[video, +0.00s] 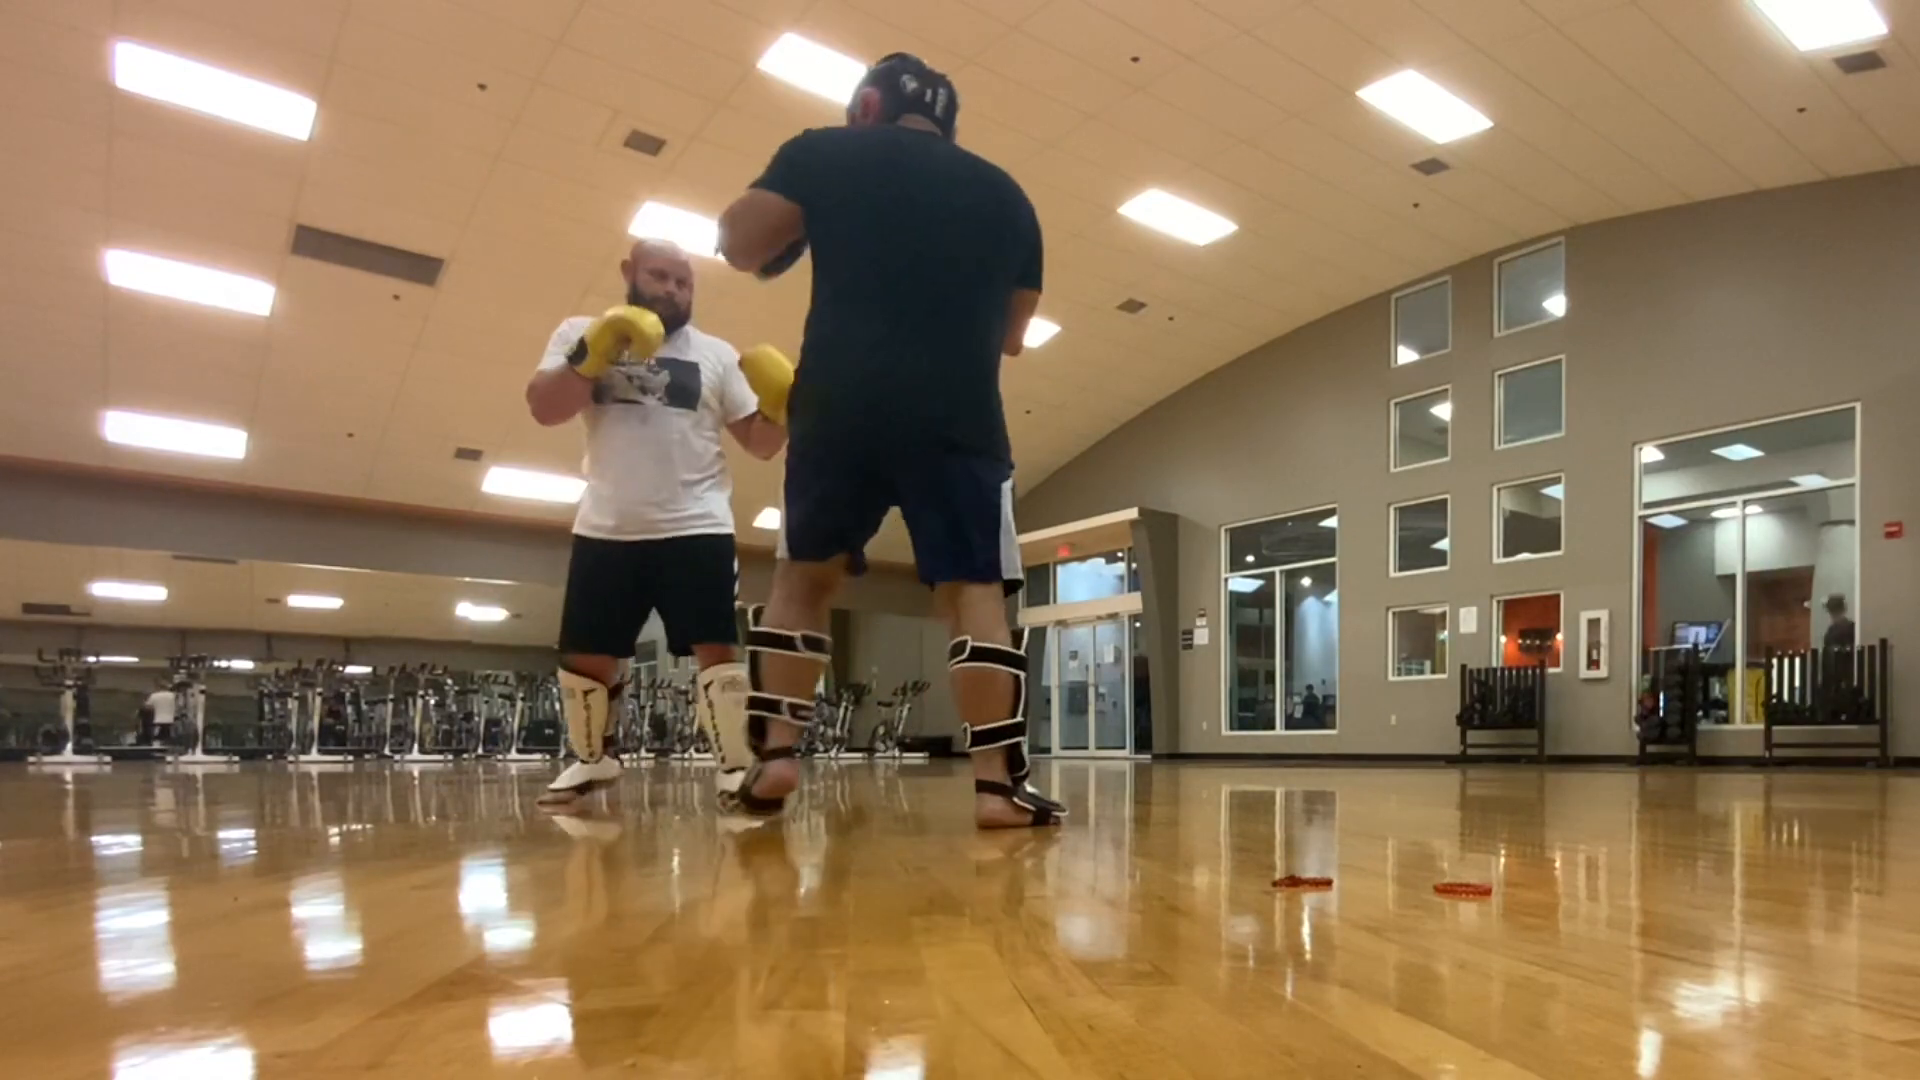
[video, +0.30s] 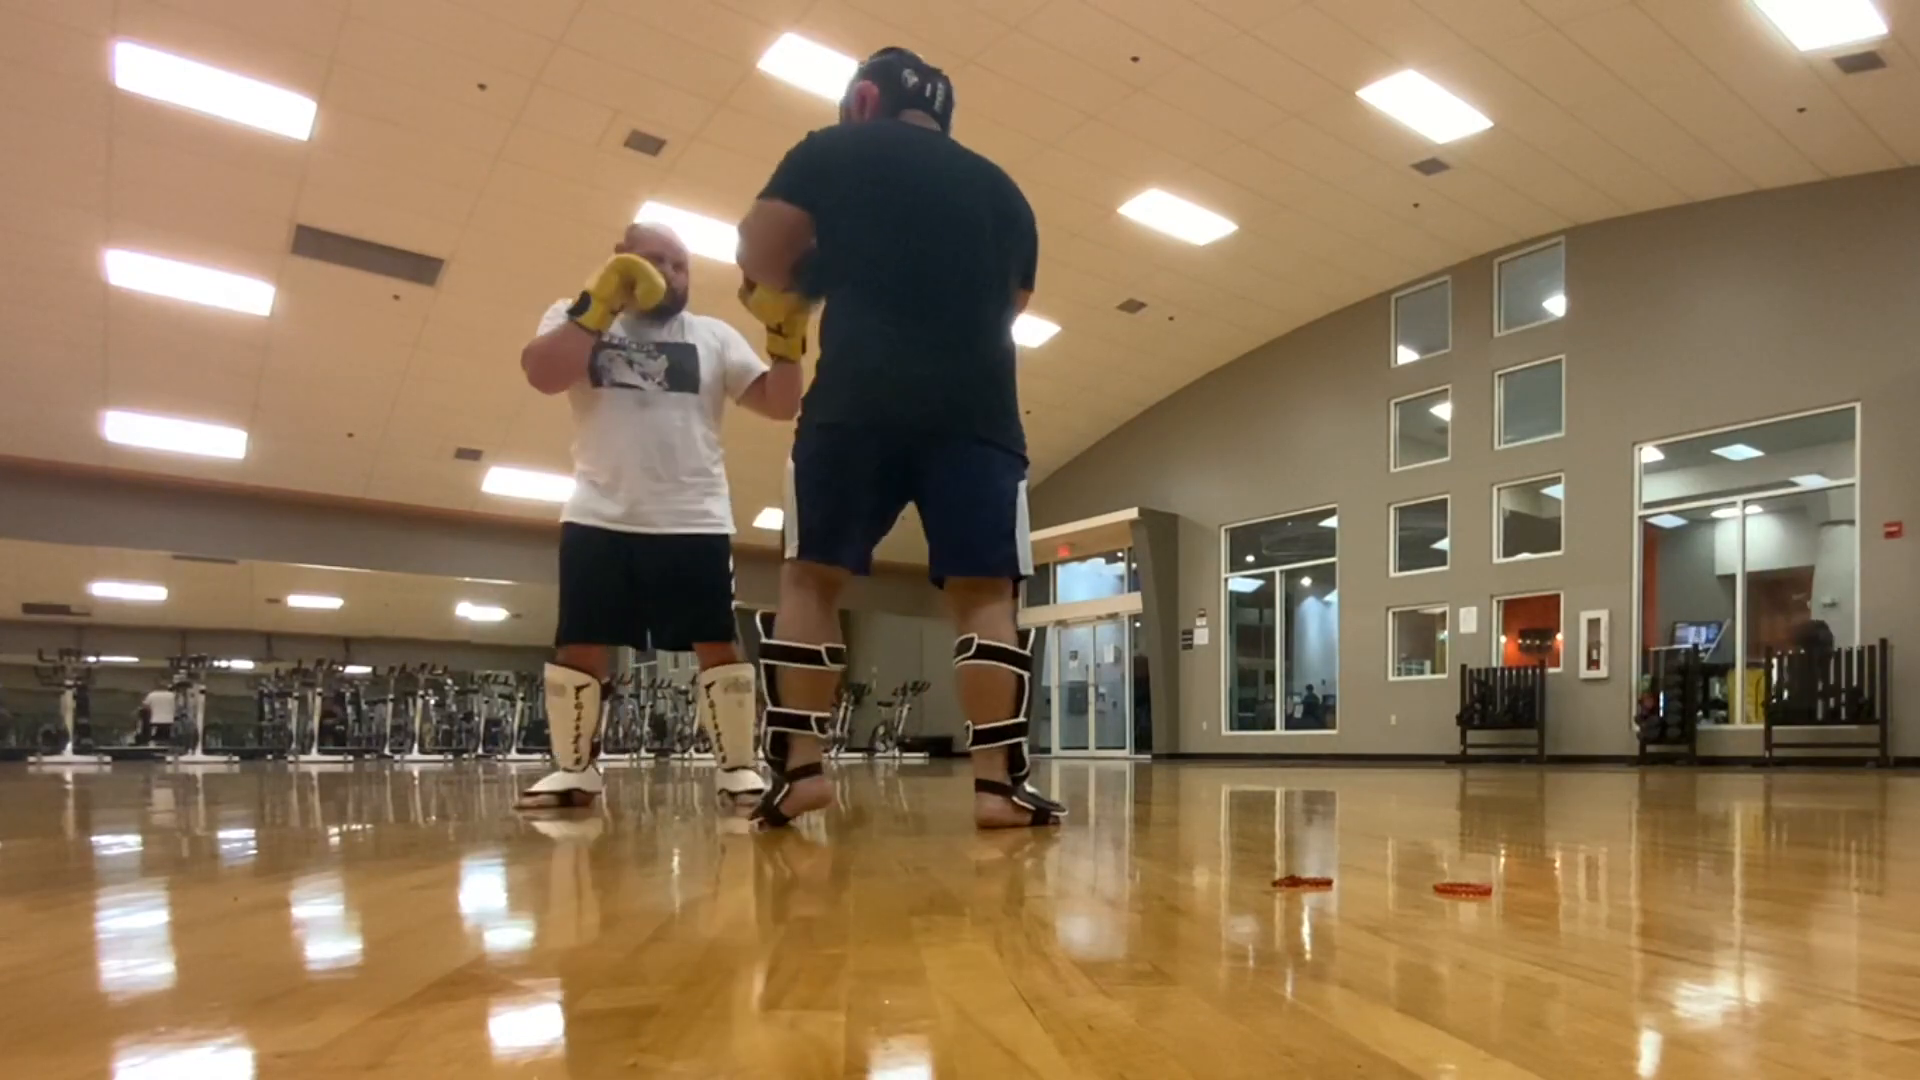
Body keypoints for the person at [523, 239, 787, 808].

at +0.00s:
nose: (671, 287)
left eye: (682, 281)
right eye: (659, 275)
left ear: (694, 293)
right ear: (628, 276)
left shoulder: (716, 356)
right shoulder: (582, 335)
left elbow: (762, 443)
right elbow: (545, 408)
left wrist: (782, 403)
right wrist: (595, 356)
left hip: (696, 529)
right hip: (608, 529)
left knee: (715, 648)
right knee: (587, 657)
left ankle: (735, 771)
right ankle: (589, 761)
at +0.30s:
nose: (668, 272)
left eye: (678, 265)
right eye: (653, 260)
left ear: (690, 277)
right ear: (621, 266)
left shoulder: (714, 336)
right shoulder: (580, 318)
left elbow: (780, 402)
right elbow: (545, 375)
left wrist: (788, 338)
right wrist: (598, 305)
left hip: (694, 518)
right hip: (600, 515)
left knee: (715, 640)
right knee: (581, 641)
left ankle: (739, 770)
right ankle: (575, 770)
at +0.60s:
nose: (641, 274)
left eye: (650, 262)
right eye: (627, 263)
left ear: (665, 268)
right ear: (601, 273)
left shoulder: (701, 330)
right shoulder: (573, 331)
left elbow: (768, 407)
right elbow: (529, 379)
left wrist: (760, 339)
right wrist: (566, 298)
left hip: (696, 519)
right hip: (603, 521)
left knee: (730, 639)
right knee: (554, 643)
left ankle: (769, 773)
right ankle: (570, 758)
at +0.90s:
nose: (629, 277)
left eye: (636, 264)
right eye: (612, 268)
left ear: (649, 265)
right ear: (583, 276)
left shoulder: (687, 326)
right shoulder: (562, 340)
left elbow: (760, 419)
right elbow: (517, 399)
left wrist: (747, 388)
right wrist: (552, 316)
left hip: (690, 473)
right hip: (613, 499)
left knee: (718, 453)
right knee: (569, 626)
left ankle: (669, 610)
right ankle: (578, 776)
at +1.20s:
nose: (683, 270)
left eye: (696, 258)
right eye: (669, 258)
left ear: (715, 263)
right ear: (641, 264)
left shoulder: (732, 307)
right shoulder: (622, 333)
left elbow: (768, 299)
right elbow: (552, 384)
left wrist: (765, 242)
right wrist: (586, 313)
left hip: (741, 515)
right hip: (652, 520)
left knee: (770, 636)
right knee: (602, 642)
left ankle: (819, 776)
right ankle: (581, 775)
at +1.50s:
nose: (700, 235)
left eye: (711, 222)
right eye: (684, 224)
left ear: (730, 226)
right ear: (660, 232)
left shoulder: (773, 290)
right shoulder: (639, 304)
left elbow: (861, 340)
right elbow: (571, 355)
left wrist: (838, 277)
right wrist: (608, 271)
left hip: (761, 496)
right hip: (665, 494)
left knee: (787, 628)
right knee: (617, 626)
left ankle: (826, 774)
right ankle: (615, 756)